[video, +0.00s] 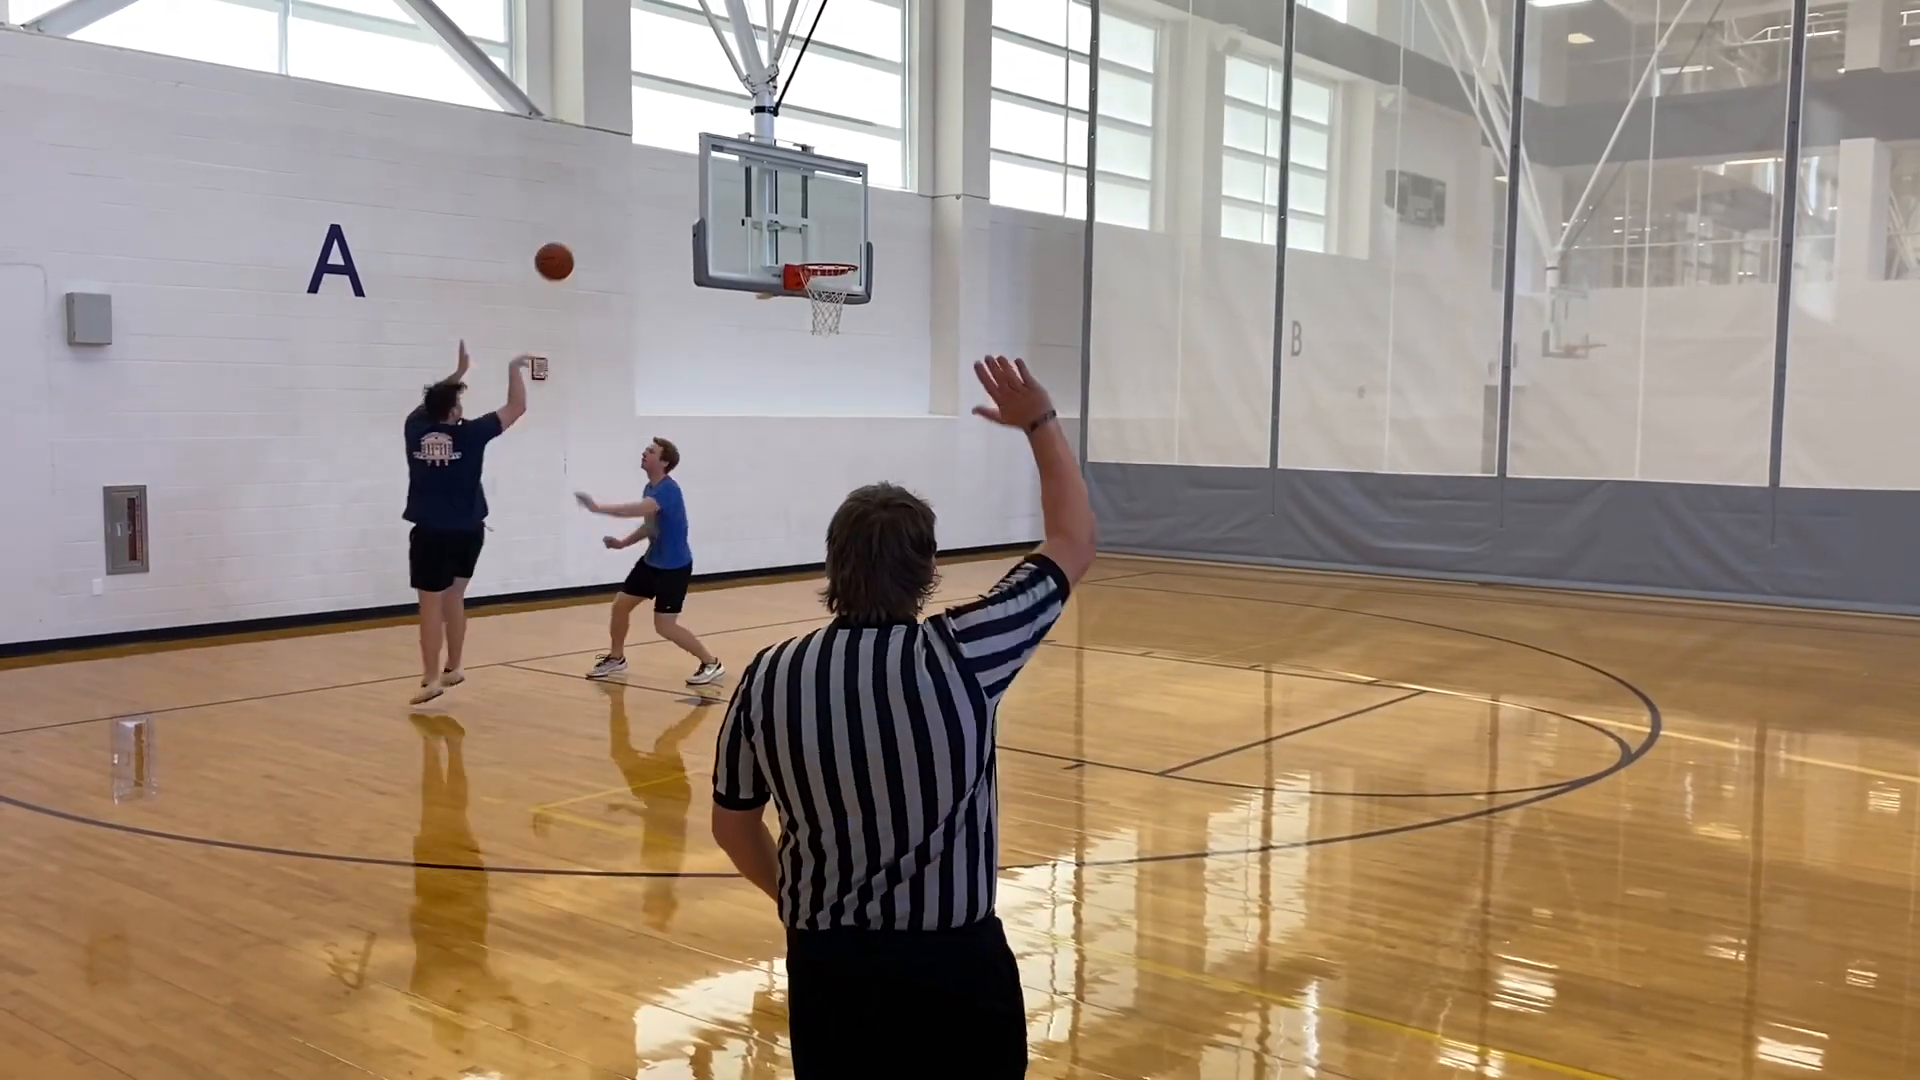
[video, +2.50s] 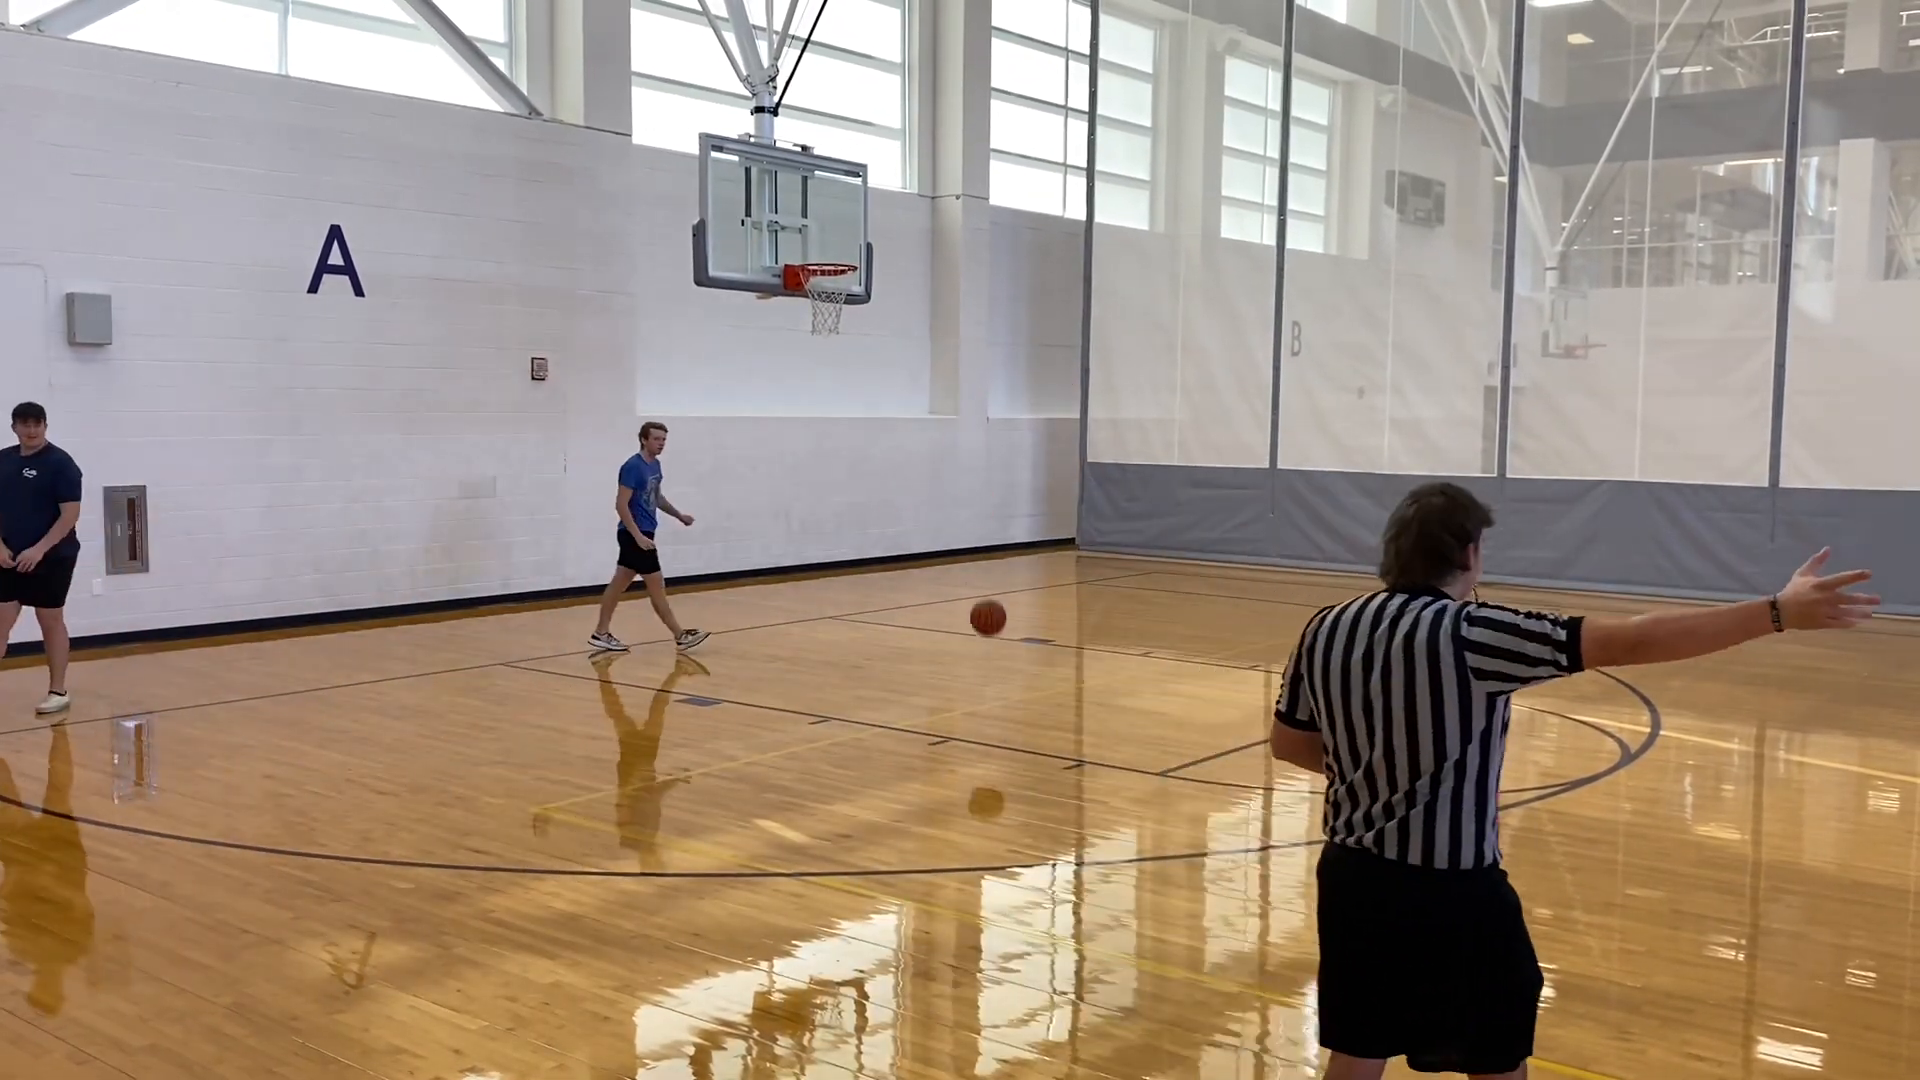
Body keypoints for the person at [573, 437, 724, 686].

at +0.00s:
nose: (644, 454)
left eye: (651, 452)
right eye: (647, 450)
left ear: (663, 462)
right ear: (655, 461)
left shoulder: (668, 490)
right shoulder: (650, 489)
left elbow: (637, 509)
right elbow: (649, 527)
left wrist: (598, 508)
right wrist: (623, 543)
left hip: (675, 567)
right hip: (652, 562)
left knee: (665, 625)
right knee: (621, 606)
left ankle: (711, 664)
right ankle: (616, 659)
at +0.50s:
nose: (551, 387)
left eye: (553, 385)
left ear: (554, 391)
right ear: (579, 395)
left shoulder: (542, 406)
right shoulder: (586, 425)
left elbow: (510, 377)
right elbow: (590, 465)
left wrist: (489, 342)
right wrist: (564, 467)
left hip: (540, 492)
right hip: (572, 494)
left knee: (533, 560)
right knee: (578, 558)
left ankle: (527, 619)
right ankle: (587, 615)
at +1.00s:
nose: (501, 447)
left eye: (499, 443)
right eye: (498, 443)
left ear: (474, 450)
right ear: (491, 447)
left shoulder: (460, 478)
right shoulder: (509, 471)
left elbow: (459, 524)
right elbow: (525, 509)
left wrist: (475, 540)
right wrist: (531, 544)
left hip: (475, 552)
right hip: (509, 548)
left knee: (461, 602)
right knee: (515, 593)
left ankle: (439, 658)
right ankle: (508, 638)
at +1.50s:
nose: (552, 445)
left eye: (552, 440)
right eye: (549, 441)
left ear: (530, 443)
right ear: (535, 441)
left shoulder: (505, 463)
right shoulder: (541, 464)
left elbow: (488, 501)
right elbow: (540, 501)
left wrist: (507, 519)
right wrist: (545, 534)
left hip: (502, 536)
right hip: (528, 536)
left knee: (501, 587)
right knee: (524, 591)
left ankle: (468, 624)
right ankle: (515, 645)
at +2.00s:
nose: (604, 447)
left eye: (605, 442)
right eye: (601, 442)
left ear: (586, 444)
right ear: (585, 442)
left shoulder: (569, 463)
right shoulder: (582, 467)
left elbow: (556, 498)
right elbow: (577, 509)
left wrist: (587, 524)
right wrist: (593, 536)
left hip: (566, 533)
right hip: (573, 535)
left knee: (591, 582)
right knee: (556, 591)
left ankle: (598, 637)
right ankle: (521, 637)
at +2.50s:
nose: (661, 444)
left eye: (663, 440)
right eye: (657, 439)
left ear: (663, 442)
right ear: (644, 440)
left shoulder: (654, 465)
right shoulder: (632, 467)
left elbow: (657, 498)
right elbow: (621, 506)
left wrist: (679, 516)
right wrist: (638, 536)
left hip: (644, 533)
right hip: (634, 535)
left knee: (620, 582)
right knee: (656, 584)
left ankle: (601, 632)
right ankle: (679, 635)